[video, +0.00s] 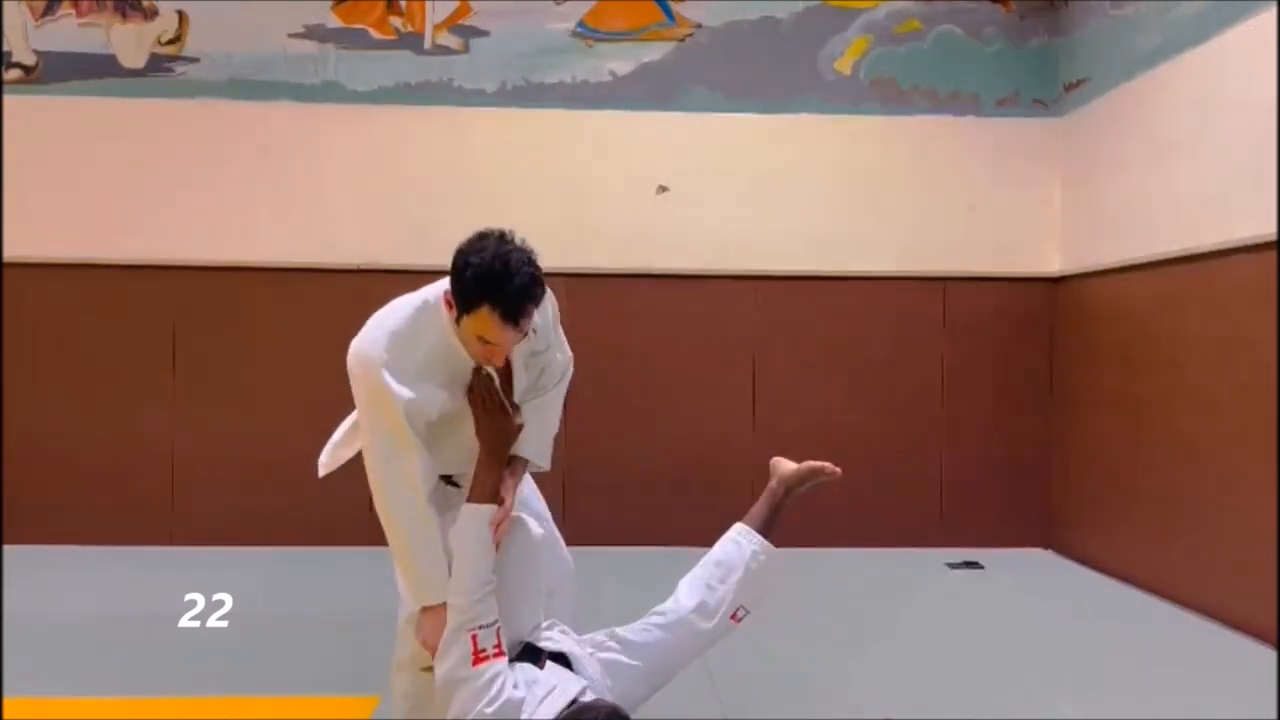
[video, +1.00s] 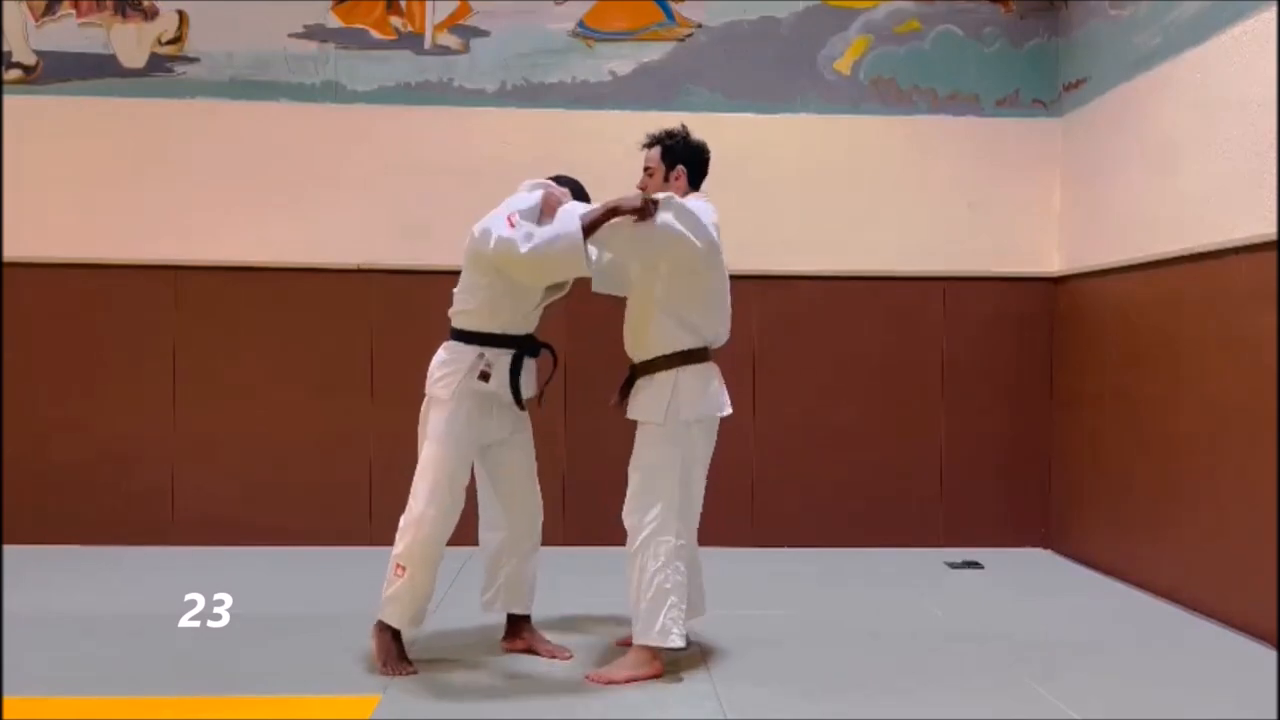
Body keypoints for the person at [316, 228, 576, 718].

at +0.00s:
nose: (499, 358)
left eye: (515, 341)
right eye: (485, 342)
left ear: (531, 313)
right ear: (453, 307)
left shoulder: (536, 309)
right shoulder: (383, 355)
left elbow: (551, 378)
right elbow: (398, 487)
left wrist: (516, 469)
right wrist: (432, 602)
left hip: (500, 472)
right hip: (429, 484)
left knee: (553, 566)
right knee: (431, 619)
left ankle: (549, 692)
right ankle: (418, 710)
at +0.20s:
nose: (484, 372)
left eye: (500, 356)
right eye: (468, 360)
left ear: (514, 323)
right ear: (433, 323)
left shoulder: (529, 316)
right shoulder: (369, 368)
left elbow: (549, 378)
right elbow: (386, 499)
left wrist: (515, 466)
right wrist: (425, 610)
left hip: (500, 477)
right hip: (420, 487)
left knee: (538, 552)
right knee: (426, 615)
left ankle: (540, 688)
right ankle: (415, 706)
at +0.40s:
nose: (558, 261)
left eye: (569, 247)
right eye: (546, 245)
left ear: (579, 232)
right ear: (509, 228)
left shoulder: (569, 280)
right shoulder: (449, 284)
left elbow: (597, 346)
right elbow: (373, 381)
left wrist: (618, 404)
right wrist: (382, 484)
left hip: (530, 457)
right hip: (455, 455)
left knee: (585, 579)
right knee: (448, 605)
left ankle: (568, 703)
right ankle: (418, 712)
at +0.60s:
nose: (565, 238)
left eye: (571, 229)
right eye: (563, 225)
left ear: (545, 214)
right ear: (536, 208)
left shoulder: (541, 266)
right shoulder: (486, 239)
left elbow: (566, 310)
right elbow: (517, 286)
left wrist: (625, 288)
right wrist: (600, 278)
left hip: (504, 391)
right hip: (456, 383)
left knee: (518, 512)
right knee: (428, 510)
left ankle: (516, 628)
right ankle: (386, 631)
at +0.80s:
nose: (569, 246)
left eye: (575, 237)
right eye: (567, 233)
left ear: (551, 221)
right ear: (540, 214)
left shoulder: (544, 271)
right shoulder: (488, 242)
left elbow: (567, 317)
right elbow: (515, 295)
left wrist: (624, 291)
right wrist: (602, 286)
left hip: (502, 394)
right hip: (453, 385)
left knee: (519, 513)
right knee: (428, 513)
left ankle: (517, 629)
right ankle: (386, 633)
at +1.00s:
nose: (571, 221)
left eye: (577, 217)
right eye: (571, 211)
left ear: (563, 208)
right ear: (552, 195)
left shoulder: (554, 244)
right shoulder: (493, 229)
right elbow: (532, 251)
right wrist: (609, 210)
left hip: (510, 386)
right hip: (462, 378)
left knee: (521, 508)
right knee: (434, 505)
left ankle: (518, 625)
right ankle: (389, 628)